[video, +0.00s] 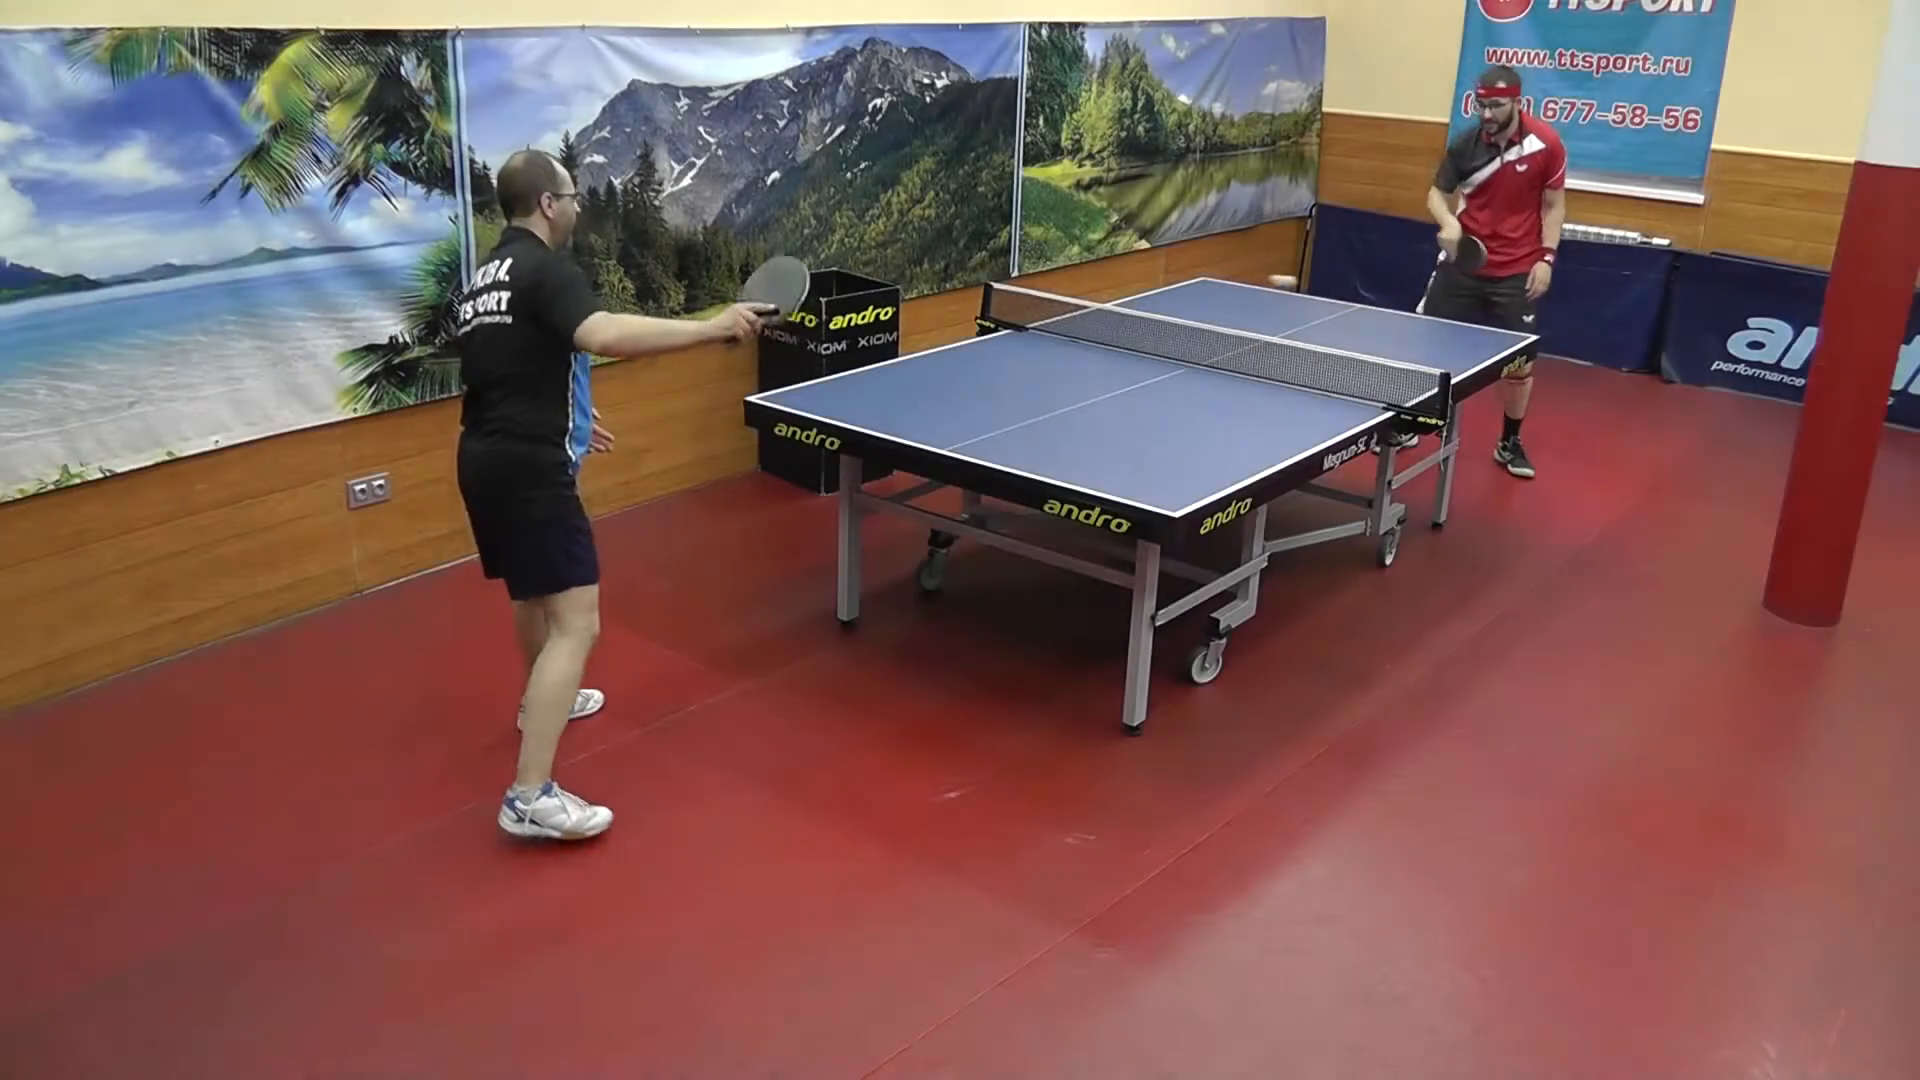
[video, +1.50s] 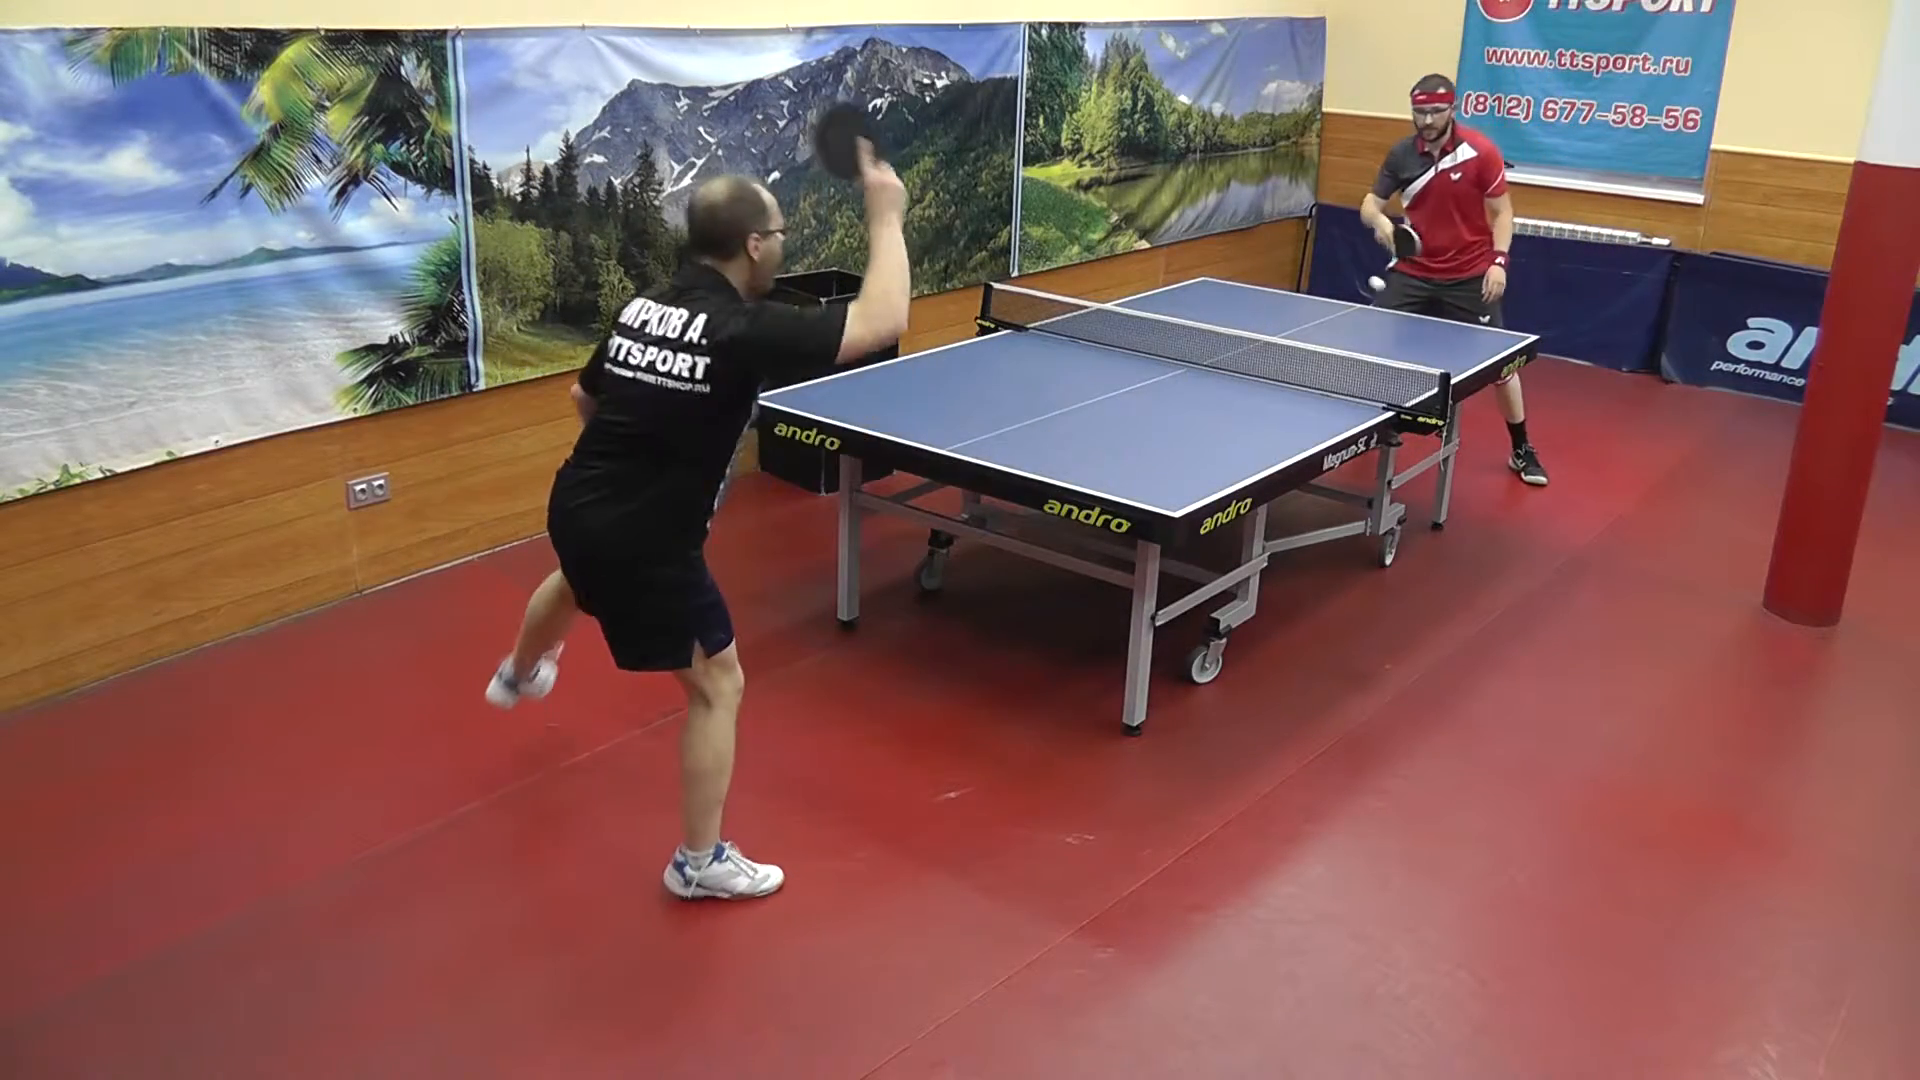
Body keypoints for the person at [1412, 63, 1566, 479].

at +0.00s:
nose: (1488, 114)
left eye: (1497, 105)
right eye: (1482, 105)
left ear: (1518, 102)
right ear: (1476, 102)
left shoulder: (1547, 146)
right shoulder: (1466, 144)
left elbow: (1554, 205)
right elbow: (1436, 193)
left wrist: (1547, 258)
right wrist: (1448, 223)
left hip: (1515, 274)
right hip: (1460, 268)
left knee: (1521, 362)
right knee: (1426, 343)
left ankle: (1510, 442)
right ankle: (1412, 416)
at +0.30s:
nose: (1538, 141)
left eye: (1548, 133)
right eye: (1532, 132)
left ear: (1565, 126)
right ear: (1525, 126)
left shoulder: (1586, 156)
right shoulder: (1510, 161)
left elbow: (1598, 210)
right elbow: (1472, 198)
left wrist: (1613, 263)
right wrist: (1455, 214)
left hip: (1551, 281)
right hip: (1493, 277)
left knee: (1555, 371)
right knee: (1452, 356)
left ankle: (1526, 450)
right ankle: (1421, 417)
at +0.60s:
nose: (1543, 121)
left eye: (1553, 112)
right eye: (1537, 111)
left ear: (1571, 110)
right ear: (1529, 109)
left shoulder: (1592, 154)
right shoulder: (1511, 142)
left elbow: (1602, 212)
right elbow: (1462, 157)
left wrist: (1614, 269)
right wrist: (1447, 135)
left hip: (1546, 282)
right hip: (1489, 271)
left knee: (1542, 374)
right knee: (1441, 348)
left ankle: (1525, 450)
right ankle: (1405, 416)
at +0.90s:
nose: (1502, 118)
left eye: (1512, 110)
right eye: (1496, 109)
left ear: (1529, 111)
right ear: (1487, 109)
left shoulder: (1552, 159)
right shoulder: (1472, 153)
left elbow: (1562, 221)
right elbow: (1439, 193)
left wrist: (1554, 278)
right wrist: (1426, 198)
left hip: (1512, 287)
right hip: (1456, 276)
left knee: (1518, 377)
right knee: (1406, 343)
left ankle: (1522, 450)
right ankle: (1390, 419)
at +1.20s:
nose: (1468, 109)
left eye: (1477, 100)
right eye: (1462, 100)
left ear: (1496, 99)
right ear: (1454, 101)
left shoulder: (1522, 146)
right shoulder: (1444, 146)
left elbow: (1534, 210)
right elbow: (1416, 189)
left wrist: (1515, 262)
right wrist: (1398, 206)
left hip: (1491, 278)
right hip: (1436, 271)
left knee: (1510, 369)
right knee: (1390, 341)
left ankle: (1522, 450)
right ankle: (1383, 421)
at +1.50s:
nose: (1427, 121)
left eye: (1436, 112)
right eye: (1420, 112)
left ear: (1453, 110)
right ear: (1412, 113)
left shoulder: (1481, 152)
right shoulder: (1401, 154)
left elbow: (1502, 212)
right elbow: (1371, 203)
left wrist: (1499, 262)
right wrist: (1379, 221)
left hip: (1470, 276)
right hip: (1411, 274)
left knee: (1501, 360)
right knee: (1373, 344)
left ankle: (1522, 449)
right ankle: (1368, 426)